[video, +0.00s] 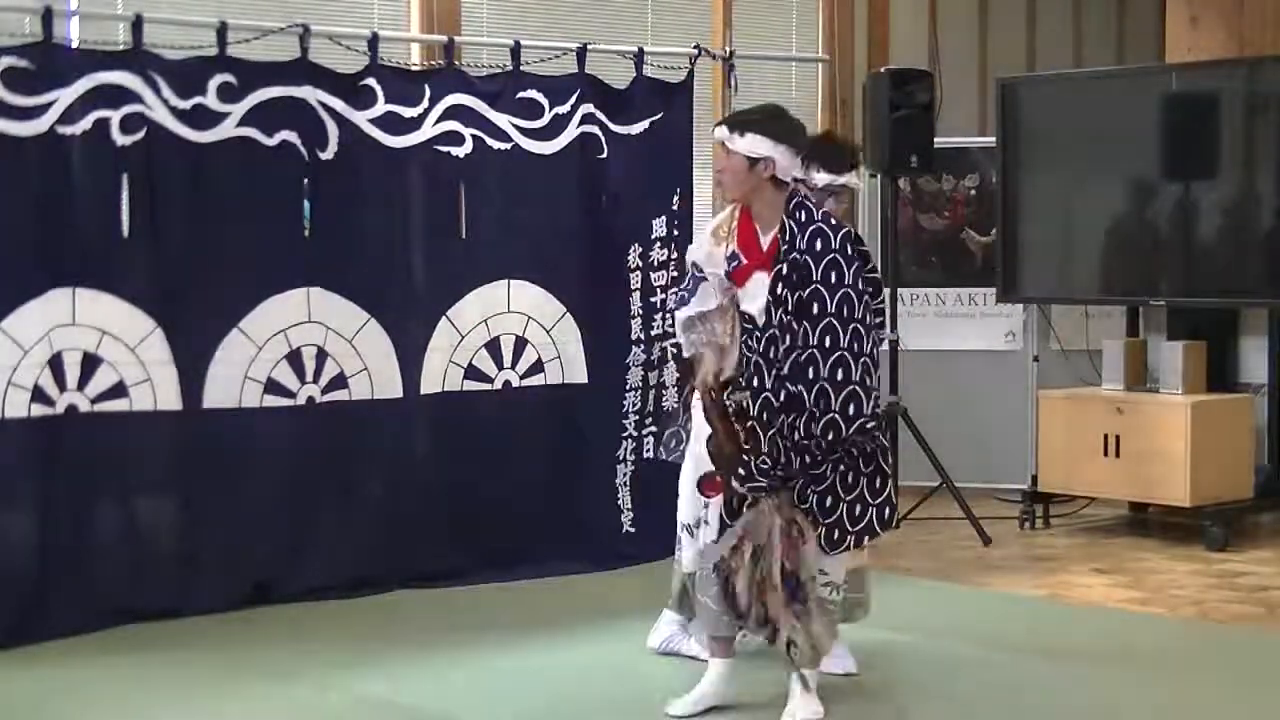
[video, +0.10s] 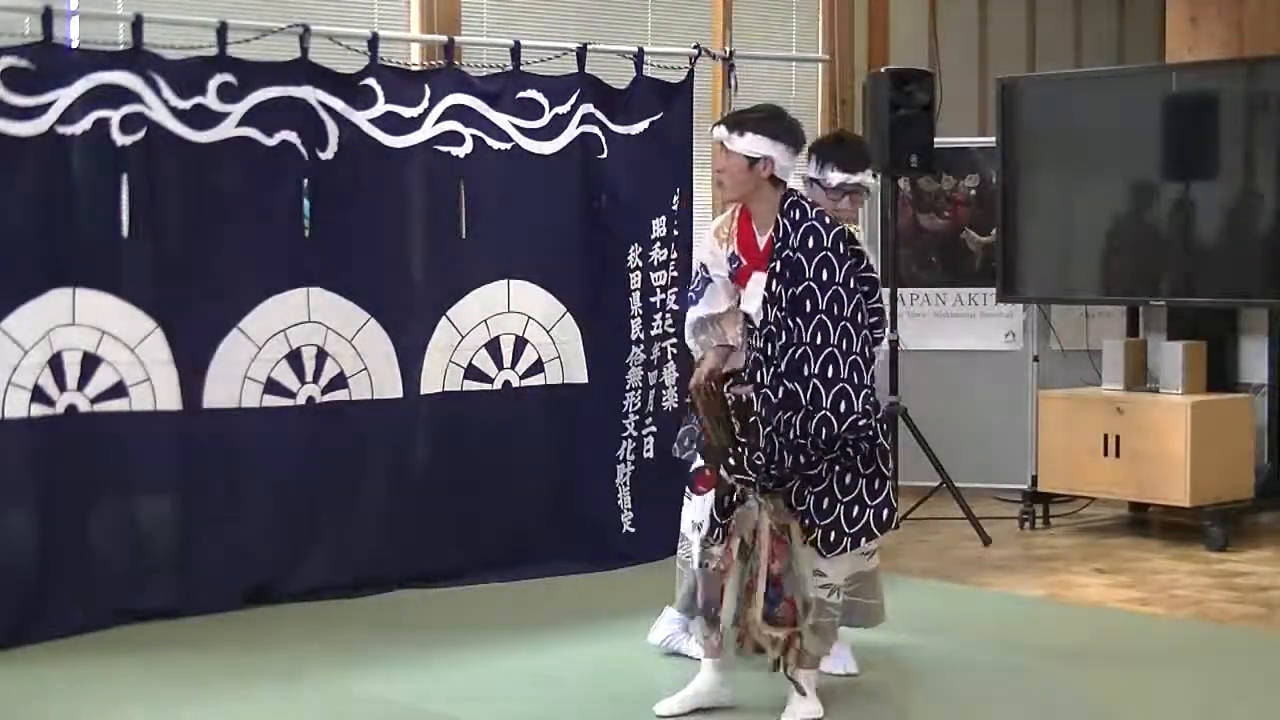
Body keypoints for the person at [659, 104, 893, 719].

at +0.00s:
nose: (716, 170)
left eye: (725, 160)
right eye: (717, 158)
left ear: (762, 168)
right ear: (748, 166)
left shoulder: (820, 240)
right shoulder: (730, 233)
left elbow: (843, 347)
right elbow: (694, 316)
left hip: (799, 417)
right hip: (730, 408)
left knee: (799, 547)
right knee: (713, 535)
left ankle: (804, 683)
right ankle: (719, 668)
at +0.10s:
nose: (715, 170)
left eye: (724, 160)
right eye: (716, 158)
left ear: (761, 168)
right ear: (745, 165)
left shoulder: (816, 239)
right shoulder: (735, 232)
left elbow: (836, 349)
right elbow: (712, 314)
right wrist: (717, 355)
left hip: (807, 418)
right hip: (744, 408)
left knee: (811, 548)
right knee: (715, 530)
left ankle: (805, 686)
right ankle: (714, 670)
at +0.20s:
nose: (711, 169)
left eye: (720, 159)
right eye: (712, 157)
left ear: (756, 168)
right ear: (743, 166)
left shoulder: (807, 237)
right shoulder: (732, 233)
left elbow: (823, 349)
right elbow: (723, 314)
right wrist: (719, 354)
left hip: (807, 416)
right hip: (748, 408)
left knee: (809, 549)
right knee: (716, 536)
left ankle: (807, 690)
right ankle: (700, 676)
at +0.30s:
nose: (703, 173)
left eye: (712, 162)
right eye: (705, 160)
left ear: (747, 170)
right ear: (739, 168)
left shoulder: (799, 237)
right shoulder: (735, 234)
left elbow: (810, 358)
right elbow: (737, 319)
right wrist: (717, 363)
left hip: (817, 420)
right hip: (766, 414)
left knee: (797, 553)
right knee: (720, 539)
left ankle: (803, 692)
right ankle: (701, 678)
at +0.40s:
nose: (699, 175)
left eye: (708, 164)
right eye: (698, 162)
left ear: (746, 170)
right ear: (730, 169)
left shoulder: (798, 237)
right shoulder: (729, 235)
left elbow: (806, 355)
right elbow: (716, 334)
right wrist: (695, 399)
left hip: (799, 429)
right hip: (749, 421)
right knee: (733, 551)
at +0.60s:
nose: (709, 186)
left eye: (717, 172)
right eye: (704, 174)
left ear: (752, 165)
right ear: (719, 169)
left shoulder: (789, 221)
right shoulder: (744, 226)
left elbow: (771, 331)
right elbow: (718, 302)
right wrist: (670, 334)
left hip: (814, 418)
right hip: (754, 415)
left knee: (805, 549)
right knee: (722, 538)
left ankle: (803, 687)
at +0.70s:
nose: (715, 193)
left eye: (722, 179)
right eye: (709, 182)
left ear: (754, 166)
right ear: (714, 171)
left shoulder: (787, 219)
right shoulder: (757, 218)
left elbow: (747, 312)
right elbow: (716, 270)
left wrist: (667, 306)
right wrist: (657, 287)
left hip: (811, 419)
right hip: (750, 414)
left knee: (805, 550)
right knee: (714, 536)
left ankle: (804, 686)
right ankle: (702, 683)